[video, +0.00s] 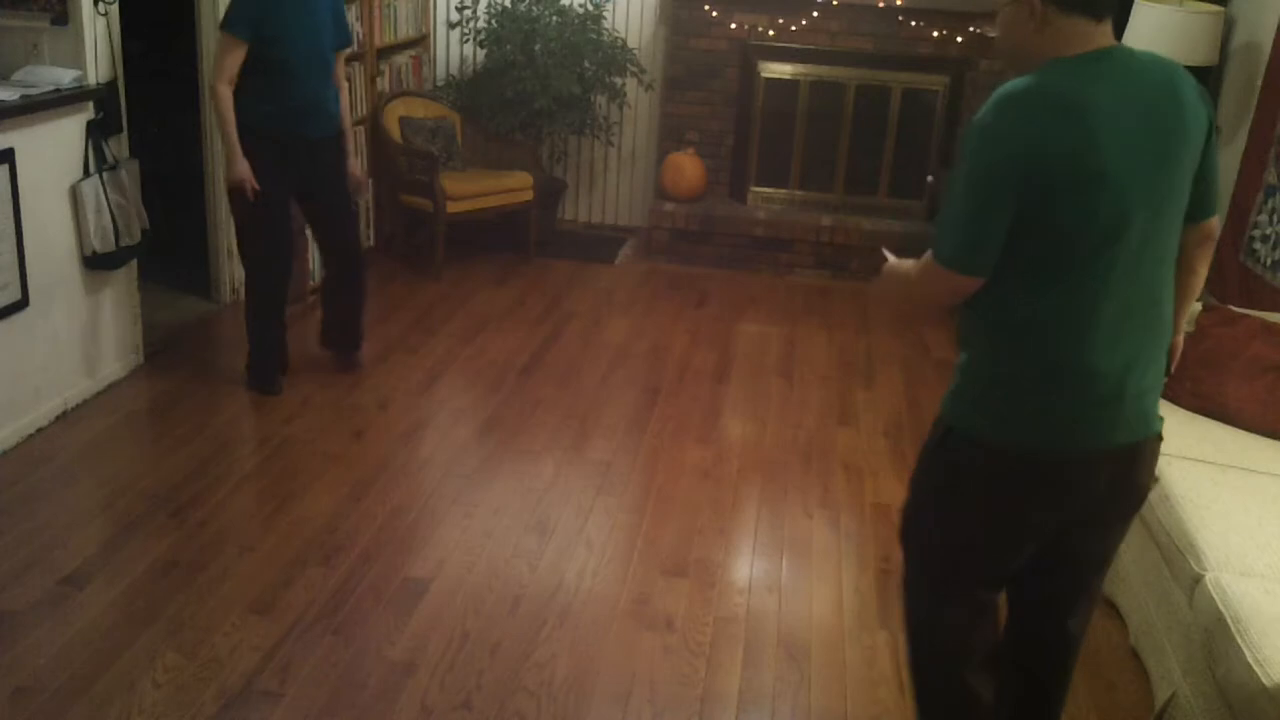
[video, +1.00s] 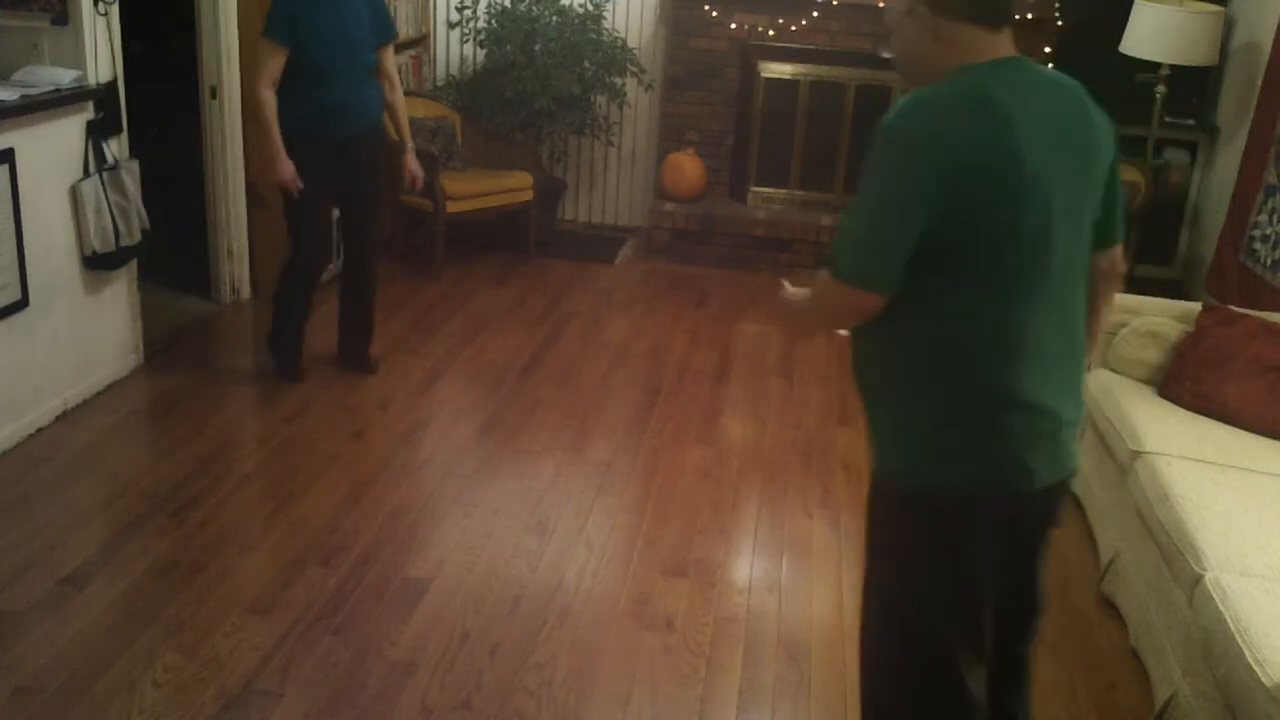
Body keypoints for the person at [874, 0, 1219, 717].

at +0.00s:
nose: (994, 27)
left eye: (999, 12)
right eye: (994, 13)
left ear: (1033, 11)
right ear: (1101, 13)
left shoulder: (1018, 110)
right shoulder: (1182, 94)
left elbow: (956, 274)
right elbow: (1200, 233)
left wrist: (901, 275)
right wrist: (1175, 328)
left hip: (1004, 439)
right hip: (1124, 443)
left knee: (945, 596)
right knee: (1051, 627)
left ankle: (957, 708)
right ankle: (1029, 711)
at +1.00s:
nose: (888, 35)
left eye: (893, 17)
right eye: (888, 19)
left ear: (927, 18)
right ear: (1001, 19)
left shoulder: (925, 119)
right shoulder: (1084, 113)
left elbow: (858, 294)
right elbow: (1106, 267)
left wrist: (803, 308)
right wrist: (1075, 369)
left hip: (936, 455)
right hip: (1042, 448)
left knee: (908, 660)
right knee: (1004, 647)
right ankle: (1004, 714)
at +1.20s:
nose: (840, 27)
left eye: (846, 10)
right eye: (840, 12)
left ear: (886, 11)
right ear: (952, 13)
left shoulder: (875, 107)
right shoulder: (1046, 101)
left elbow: (798, 284)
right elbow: (1074, 260)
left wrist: (744, 294)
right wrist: (1057, 380)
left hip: (905, 447)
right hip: (1004, 437)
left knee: (894, 668)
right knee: (926, 641)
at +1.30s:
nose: (819, 33)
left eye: (824, 16)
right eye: (820, 18)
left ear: (860, 12)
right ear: (927, 14)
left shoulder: (850, 108)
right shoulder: (1021, 98)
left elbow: (775, 283)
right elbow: (1053, 258)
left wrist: (728, 299)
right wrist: (1038, 379)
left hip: (884, 439)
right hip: (982, 431)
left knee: (896, 647)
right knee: (883, 614)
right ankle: (840, 704)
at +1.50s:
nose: (769, 27)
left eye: (774, 11)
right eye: (769, 14)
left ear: (804, 9)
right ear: (872, 10)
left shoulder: (798, 106)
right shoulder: (957, 94)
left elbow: (750, 282)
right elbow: (988, 251)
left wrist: (691, 367)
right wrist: (977, 363)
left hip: (828, 426)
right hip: (927, 418)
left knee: (851, 623)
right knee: (822, 609)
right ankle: (766, 712)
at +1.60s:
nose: (735, 25)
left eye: (739, 11)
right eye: (734, 13)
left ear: (776, 6)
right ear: (839, 4)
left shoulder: (776, 95)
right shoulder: (923, 80)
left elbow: (734, 269)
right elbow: (955, 228)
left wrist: (678, 377)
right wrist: (940, 341)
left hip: (801, 425)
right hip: (895, 415)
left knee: (771, 579)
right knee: (818, 588)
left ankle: (840, 705)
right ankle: (776, 704)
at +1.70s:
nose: (714, 18)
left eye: (721, 6)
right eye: (714, 8)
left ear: (756, 3)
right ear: (818, 2)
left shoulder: (755, 85)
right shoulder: (891, 71)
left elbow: (710, 257)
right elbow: (922, 218)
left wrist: (650, 381)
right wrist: (883, 326)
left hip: (765, 398)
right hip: (864, 394)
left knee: (696, 533)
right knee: (810, 574)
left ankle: (760, 700)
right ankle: (791, 705)